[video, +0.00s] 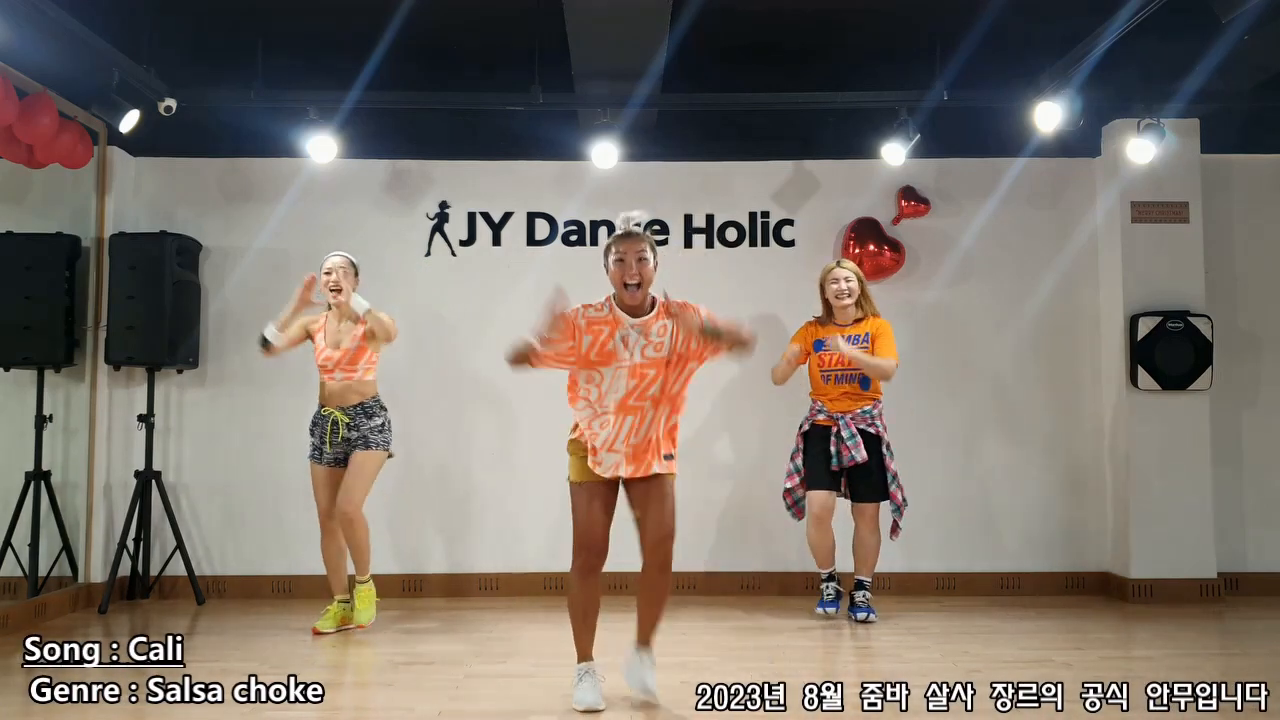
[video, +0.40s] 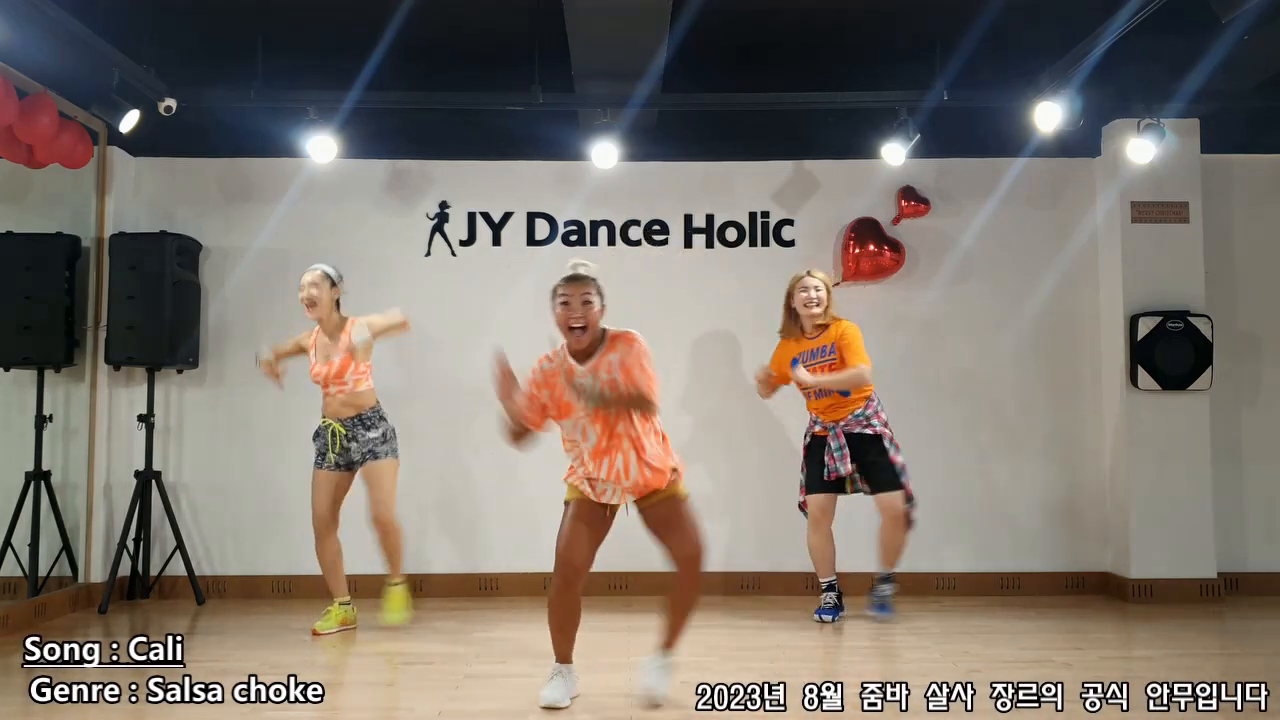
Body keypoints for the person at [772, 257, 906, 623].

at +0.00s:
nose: (842, 285)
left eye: (848, 279)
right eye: (834, 281)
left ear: (859, 288)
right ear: (824, 292)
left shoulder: (876, 326)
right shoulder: (810, 331)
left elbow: (887, 371)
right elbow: (778, 378)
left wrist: (849, 353)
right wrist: (790, 361)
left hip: (865, 428)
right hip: (822, 428)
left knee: (866, 515)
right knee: (818, 510)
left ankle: (861, 592)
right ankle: (828, 584)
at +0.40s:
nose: (812, 294)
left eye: (818, 288)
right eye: (804, 290)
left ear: (828, 298)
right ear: (793, 301)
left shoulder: (844, 331)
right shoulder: (787, 347)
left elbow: (862, 374)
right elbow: (768, 391)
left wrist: (813, 381)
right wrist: (765, 383)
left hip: (865, 426)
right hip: (823, 432)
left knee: (895, 507)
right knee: (818, 512)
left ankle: (885, 580)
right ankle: (829, 592)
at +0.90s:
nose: (836, 294)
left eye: (842, 288)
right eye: (828, 289)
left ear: (852, 296)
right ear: (815, 298)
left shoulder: (866, 329)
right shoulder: (808, 341)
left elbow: (887, 371)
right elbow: (770, 372)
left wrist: (840, 356)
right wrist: (765, 351)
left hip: (884, 430)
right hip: (841, 433)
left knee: (921, 511)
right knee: (824, 511)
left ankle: (936, 574)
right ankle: (830, 594)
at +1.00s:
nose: (853, 291)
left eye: (859, 286)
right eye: (846, 286)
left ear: (869, 294)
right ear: (833, 294)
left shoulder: (887, 332)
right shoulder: (824, 341)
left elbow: (916, 381)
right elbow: (795, 389)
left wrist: (881, 381)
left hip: (894, 431)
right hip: (850, 433)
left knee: (921, 513)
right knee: (833, 510)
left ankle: (925, 589)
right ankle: (831, 592)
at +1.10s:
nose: (870, 289)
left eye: (877, 283)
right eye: (863, 283)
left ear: (888, 291)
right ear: (851, 291)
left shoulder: (909, 330)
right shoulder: (840, 339)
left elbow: (947, 369)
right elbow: (815, 391)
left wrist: (920, 369)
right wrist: (851, 381)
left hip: (909, 430)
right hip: (864, 432)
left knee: (923, 512)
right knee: (849, 508)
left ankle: (926, 592)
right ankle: (839, 592)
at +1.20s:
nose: (887, 285)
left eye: (894, 279)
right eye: (880, 279)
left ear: (904, 287)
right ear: (867, 289)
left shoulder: (921, 327)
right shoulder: (855, 332)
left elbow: (970, 360)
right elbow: (837, 375)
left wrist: (962, 347)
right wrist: (881, 355)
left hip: (917, 429)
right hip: (873, 430)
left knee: (931, 511)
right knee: (875, 505)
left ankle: (927, 591)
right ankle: (871, 588)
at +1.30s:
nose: (905, 286)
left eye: (911, 280)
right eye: (897, 280)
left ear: (920, 291)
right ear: (882, 290)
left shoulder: (930, 330)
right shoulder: (869, 326)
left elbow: (978, 352)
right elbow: (867, 353)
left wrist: (988, 344)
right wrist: (915, 332)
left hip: (923, 430)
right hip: (883, 431)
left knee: (955, 505)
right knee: (887, 512)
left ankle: (935, 586)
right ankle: (879, 596)